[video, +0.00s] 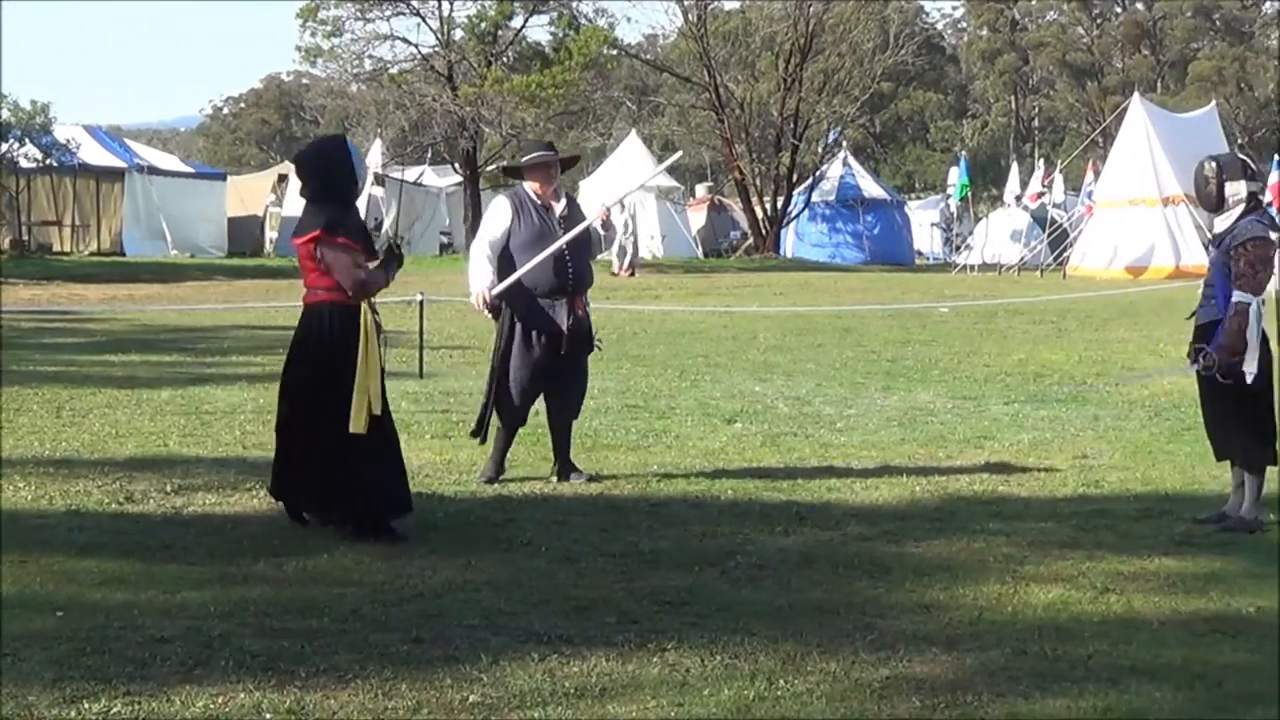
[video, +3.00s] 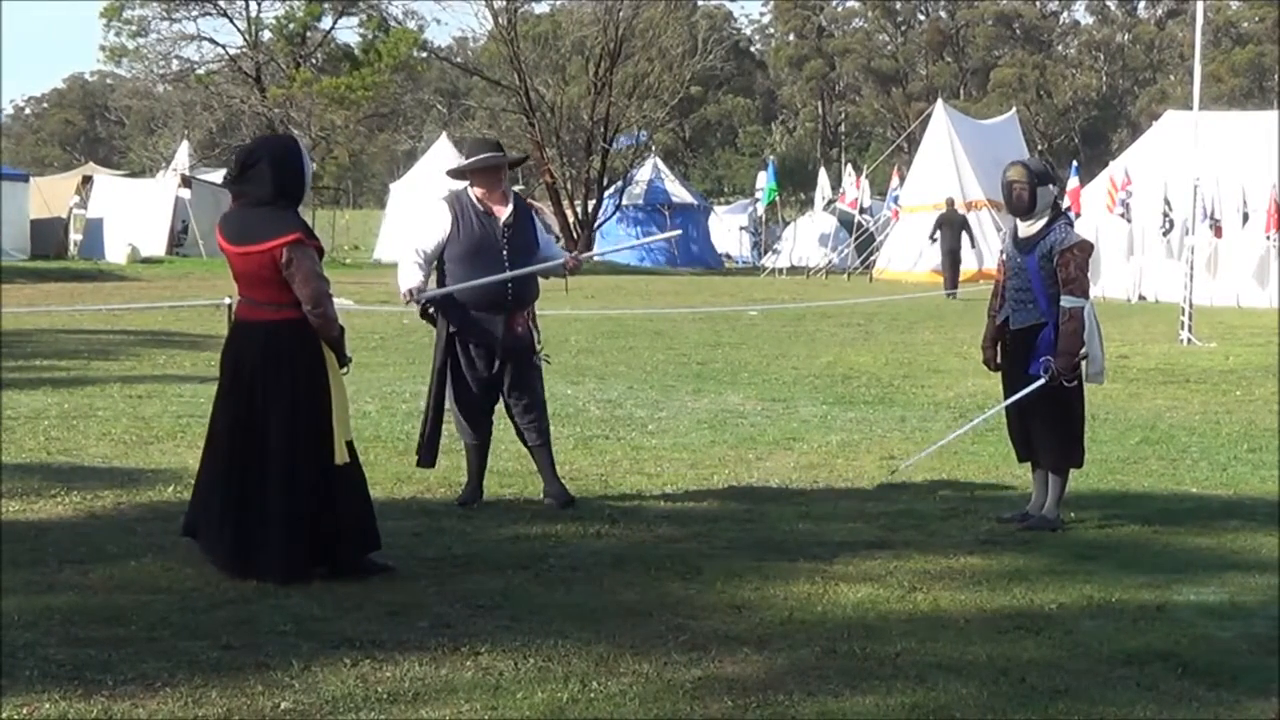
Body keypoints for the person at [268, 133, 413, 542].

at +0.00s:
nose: (358, 174)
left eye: (354, 167)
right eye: (353, 167)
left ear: (312, 178)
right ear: (340, 175)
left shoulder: (322, 218)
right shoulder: (328, 222)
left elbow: (347, 273)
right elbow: (356, 283)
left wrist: (377, 263)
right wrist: (387, 270)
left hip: (324, 317)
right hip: (338, 321)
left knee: (320, 410)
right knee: (350, 413)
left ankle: (305, 494)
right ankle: (364, 512)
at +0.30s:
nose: (348, 176)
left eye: (345, 168)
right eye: (343, 169)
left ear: (302, 177)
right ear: (328, 174)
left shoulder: (317, 219)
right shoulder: (312, 223)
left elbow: (326, 283)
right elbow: (319, 286)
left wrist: (363, 302)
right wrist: (367, 305)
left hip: (322, 323)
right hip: (315, 326)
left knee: (334, 418)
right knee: (325, 419)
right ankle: (323, 518)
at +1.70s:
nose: (355, 177)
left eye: (354, 169)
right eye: (351, 170)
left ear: (295, 175)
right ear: (340, 176)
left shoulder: (276, 226)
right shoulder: (338, 230)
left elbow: (282, 282)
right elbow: (358, 304)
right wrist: (374, 338)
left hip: (279, 332)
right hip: (326, 337)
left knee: (284, 433)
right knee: (342, 435)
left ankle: (276, 534)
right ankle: (348, 545)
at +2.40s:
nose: (307, 183)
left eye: (304, 175)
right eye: (303, 175)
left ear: (248, 176)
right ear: (293, 180)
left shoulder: (229, 227)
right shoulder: (291, 234)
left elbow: (245, 280)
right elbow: (313, 303)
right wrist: (333, 341)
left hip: (242, 335)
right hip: (287, 341)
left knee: (246, 437)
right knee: (300, 438)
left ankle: (244, 543)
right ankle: (310, 544)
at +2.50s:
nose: (307, 182)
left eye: (305, 173)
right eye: (304, 175)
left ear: (247, 174)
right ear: (292, 181)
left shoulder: (228, 223)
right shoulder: (290, 235)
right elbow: (314, 305)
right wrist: (335, 342)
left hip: (244, 335)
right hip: (289, 341)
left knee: (245, 438)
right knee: (300, 441)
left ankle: (241, 543)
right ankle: (307, 545)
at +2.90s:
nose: (306, 180)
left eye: (303, 172)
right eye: (302, 174)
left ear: (246, 178)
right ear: (294, 182)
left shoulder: (230, 227)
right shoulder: (290, 236)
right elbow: (316, 303)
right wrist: (338, 343)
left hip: (247, 336)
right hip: (291, 342)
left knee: (247, 438)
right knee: (302, 440)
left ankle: (241, 540)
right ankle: (304, 544)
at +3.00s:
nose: (307, 178)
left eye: (304, 170)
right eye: (302, 171)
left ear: (247, 176)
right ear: (291, 179)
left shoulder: (229, 227)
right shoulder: (291, 235)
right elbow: (317, 305)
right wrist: (339, 344)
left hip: (247, 337)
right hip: (291, 343)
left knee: (247, 439)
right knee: (305, 441)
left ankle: (242, 541)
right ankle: (310, 546)